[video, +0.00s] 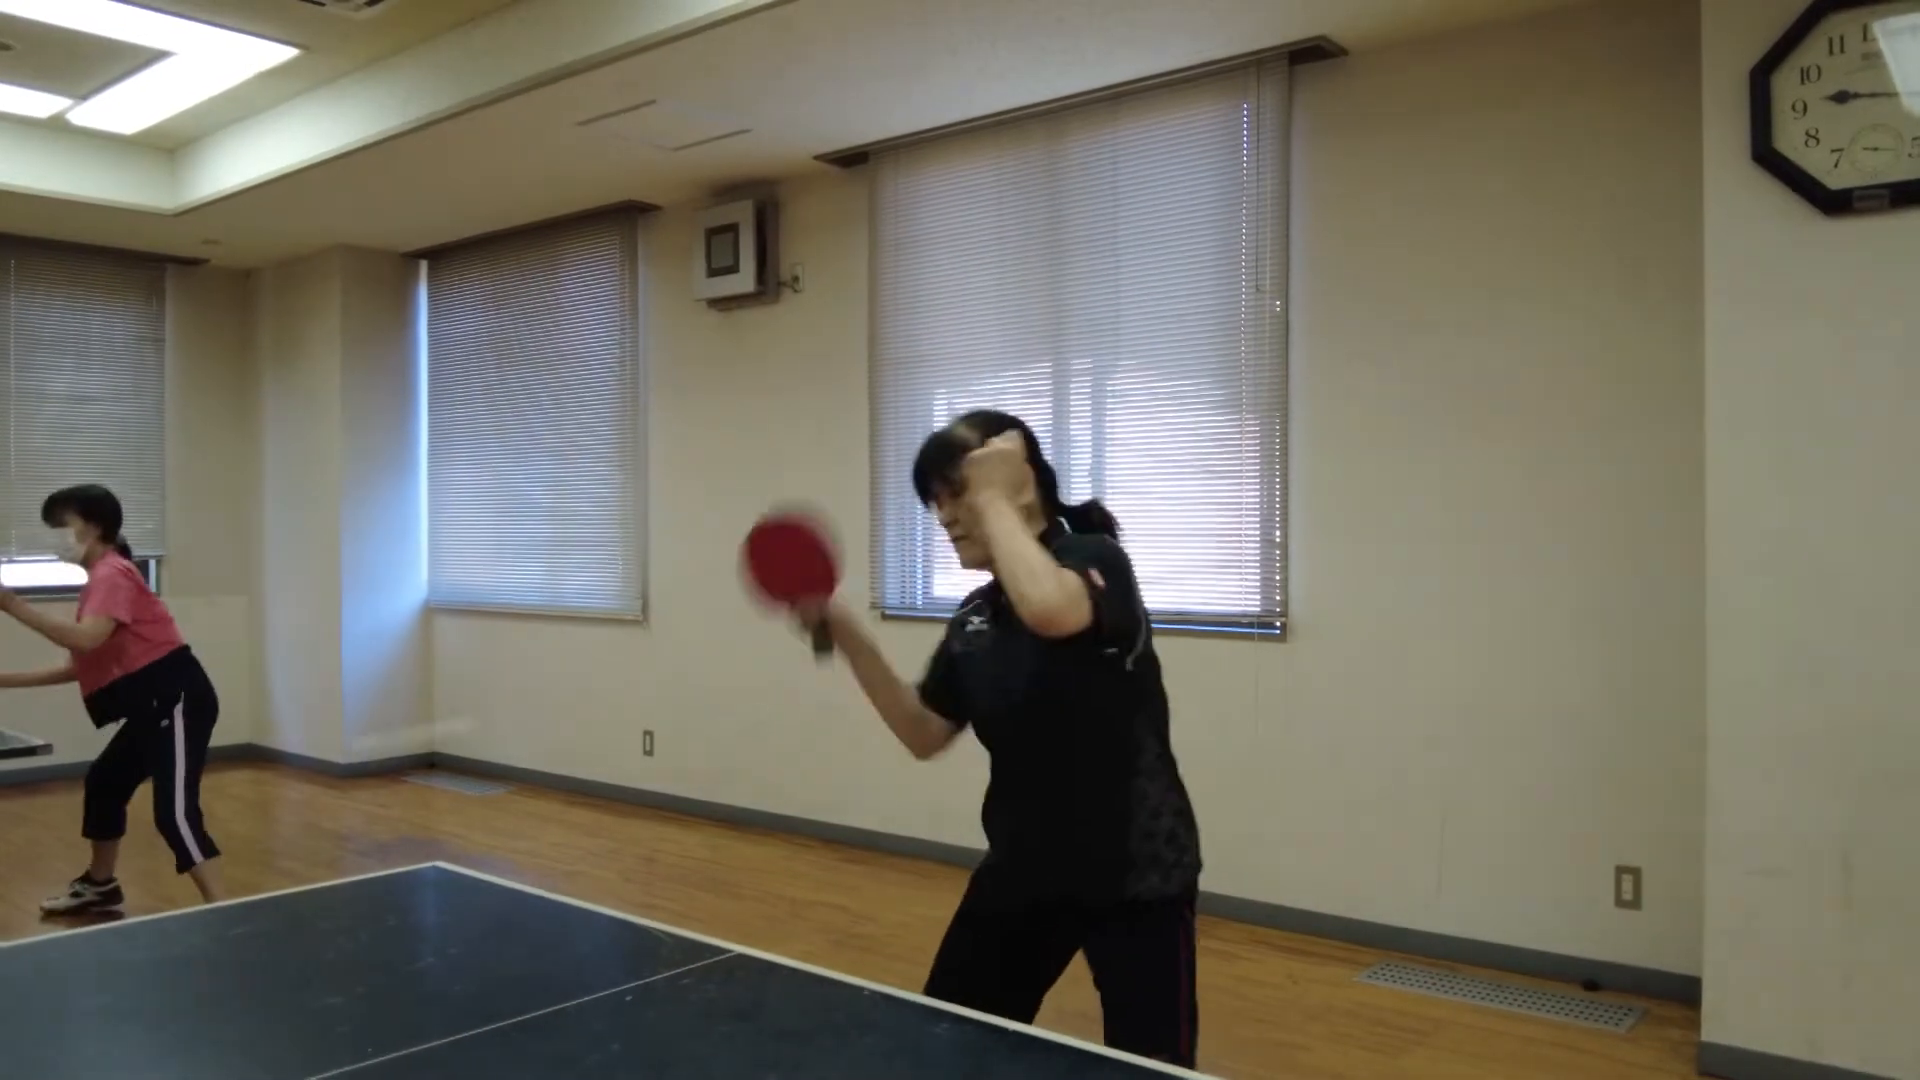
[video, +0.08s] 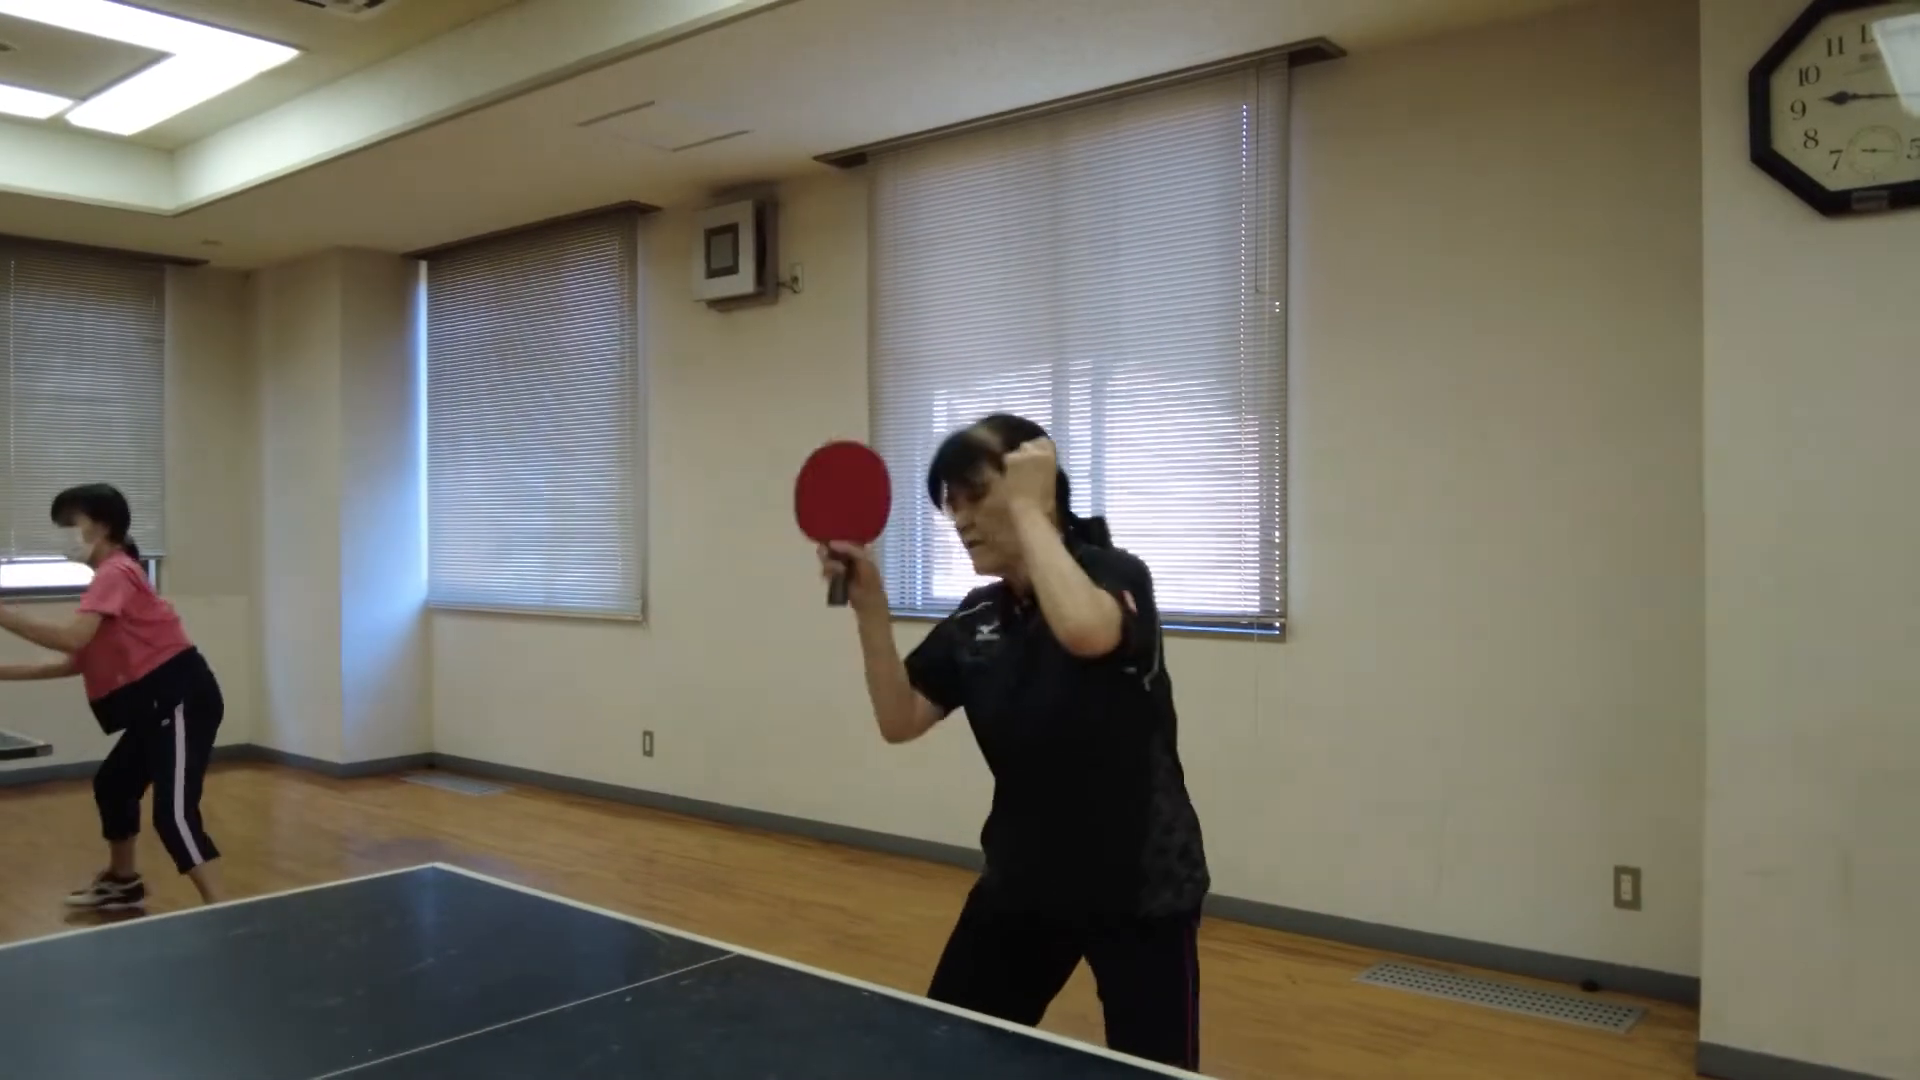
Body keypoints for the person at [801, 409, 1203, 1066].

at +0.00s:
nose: (946, 515)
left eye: (958, 495)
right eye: (939, 502)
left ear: (1015, 489)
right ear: (941, 511)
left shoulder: (1096, 560)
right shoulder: (976, 619)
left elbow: (1049, 609)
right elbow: (926, 734)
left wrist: (993, 494)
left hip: (1135, 867)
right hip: (1028, 867)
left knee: (1154, 1072)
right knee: (944, 1046)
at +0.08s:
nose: (961, 519)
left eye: (976, 495)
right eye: (953, 504)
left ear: (1033, 494)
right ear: (950, 515)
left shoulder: (1113, 573)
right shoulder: (978, 619)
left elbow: (1086, 631)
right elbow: (900, 719)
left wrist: (1032, 509)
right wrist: (869, 599)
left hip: (1139, 884)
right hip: (1027, 881)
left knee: (1158, 1078)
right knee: (943, 1053)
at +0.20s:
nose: (976, 526)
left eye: (996, 503)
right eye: (968, 510)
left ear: (1062, 505)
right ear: (960, 518)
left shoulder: (1125, 599)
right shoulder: (977, 626)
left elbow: (1127, 700)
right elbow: (900, 735)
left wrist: (1045, 571)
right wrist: (867, 637)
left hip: (1131, 894)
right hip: (1019, 889)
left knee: (1146, 1076)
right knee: (938, 1051)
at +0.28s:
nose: (975, 525)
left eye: (996, 503)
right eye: (966, 510)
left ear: (1059, 509)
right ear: (958, 521)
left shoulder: (1117, 607)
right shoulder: (973, 627)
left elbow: (1124, 731)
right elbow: (906, 744)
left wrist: (1029, 608)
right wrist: (857, 681)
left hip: (1122, 898)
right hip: (1013, 890)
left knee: (1137, 1078)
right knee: (930, 1051)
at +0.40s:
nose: (950, 533)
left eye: (971, 511)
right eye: (941, 517)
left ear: (1033, 516)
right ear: (933, 524)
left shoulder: (1083, 611)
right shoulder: (969, 632)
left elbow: (1104, 755)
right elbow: (928, 760)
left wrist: (989, 643)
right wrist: (831, 728)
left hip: (1105, 909)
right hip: (1005, 896)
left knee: (1116, 1079)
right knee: (919, 1048)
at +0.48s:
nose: (927, 548)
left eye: (947, 525)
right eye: (919, 532)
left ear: (1009, 528)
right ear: (914, 538)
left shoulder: (1053, 622)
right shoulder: (969, 636)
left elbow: (1088, 767)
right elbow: (964, 775)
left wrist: (961, 672)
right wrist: (839, 777)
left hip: (1088, 918)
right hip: (1000, 904)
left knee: (1089, 1076)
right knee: (912, 1047)